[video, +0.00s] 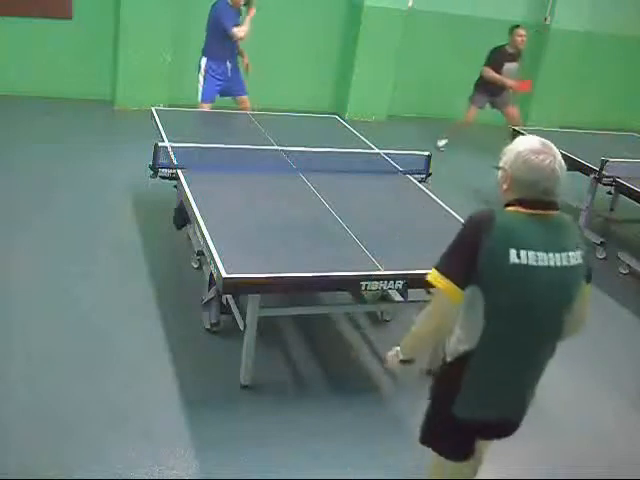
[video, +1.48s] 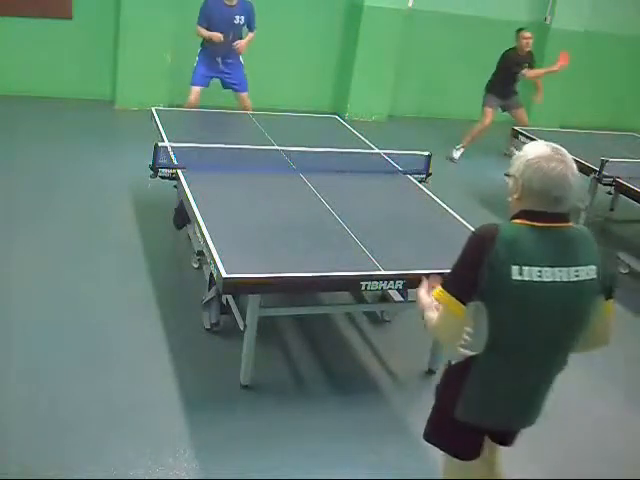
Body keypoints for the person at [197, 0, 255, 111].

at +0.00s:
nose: (242, 3)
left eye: (243, 1)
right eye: (241, 1)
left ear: (243, 2)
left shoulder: (236, 10)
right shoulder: (220, 7)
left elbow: (232, 40)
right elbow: (238, 34)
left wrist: (243, 56)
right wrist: (249, 16)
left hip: (230, 61)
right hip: (212, 61)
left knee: (244, 104)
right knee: (205, 107)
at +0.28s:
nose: (244, 6)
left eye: (246, 4)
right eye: (243, 2)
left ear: (247, 3)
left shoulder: (245, 12)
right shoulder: (213, 6)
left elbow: (246, 38)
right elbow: (194, 25)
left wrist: (246, 57)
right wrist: (179, 40)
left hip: (233, 65)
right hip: (209, 64)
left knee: (248, 107)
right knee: (198, 105)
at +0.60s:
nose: (231, 0)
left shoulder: (245, 12)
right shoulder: (210, 5)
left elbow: (249, 37)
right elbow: (192, 25)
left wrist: (242, 51)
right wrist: (198, 45)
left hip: (231, 64)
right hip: (207, 62)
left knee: (245, 106)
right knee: (189, 104)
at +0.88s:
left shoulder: (243, 8)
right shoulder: (210, 5)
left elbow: (249, 35)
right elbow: (195, 31)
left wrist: (240, 50)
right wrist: (206, 47)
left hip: (231, 64)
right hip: (207, 62)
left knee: (243, 105)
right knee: (192, 102)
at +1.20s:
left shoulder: (248, 2)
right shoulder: (208, 2)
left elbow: (252, 21)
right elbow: (196, 18)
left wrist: (246, 32)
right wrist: (208, 30)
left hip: (234, 50)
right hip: (211, 49)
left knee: (242, 91)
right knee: (199, 88)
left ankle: (247, 125)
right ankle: (192, 123)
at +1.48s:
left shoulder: (246, 6)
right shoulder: (210, 4)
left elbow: (252, 31)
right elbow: (199, 29)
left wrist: (245, 42)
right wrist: (211, 35)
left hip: (232, 56)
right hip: (207, 56)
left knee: (244, 100)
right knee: (193, 99)